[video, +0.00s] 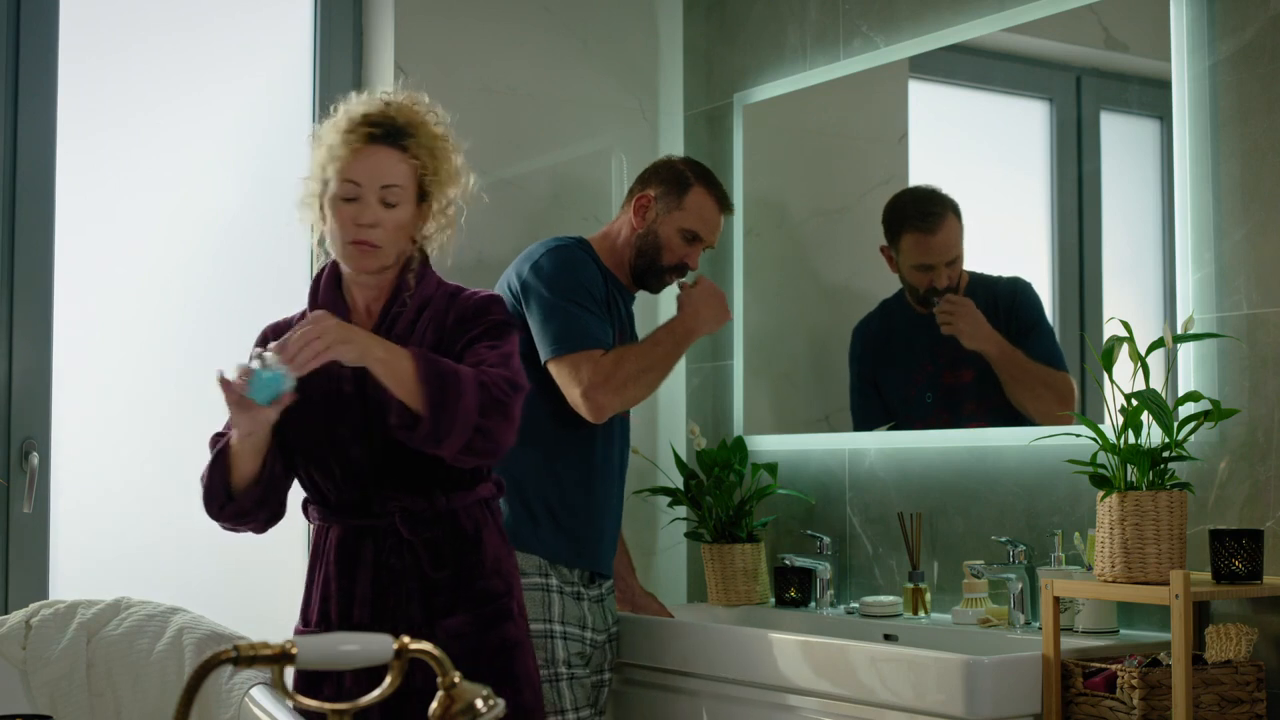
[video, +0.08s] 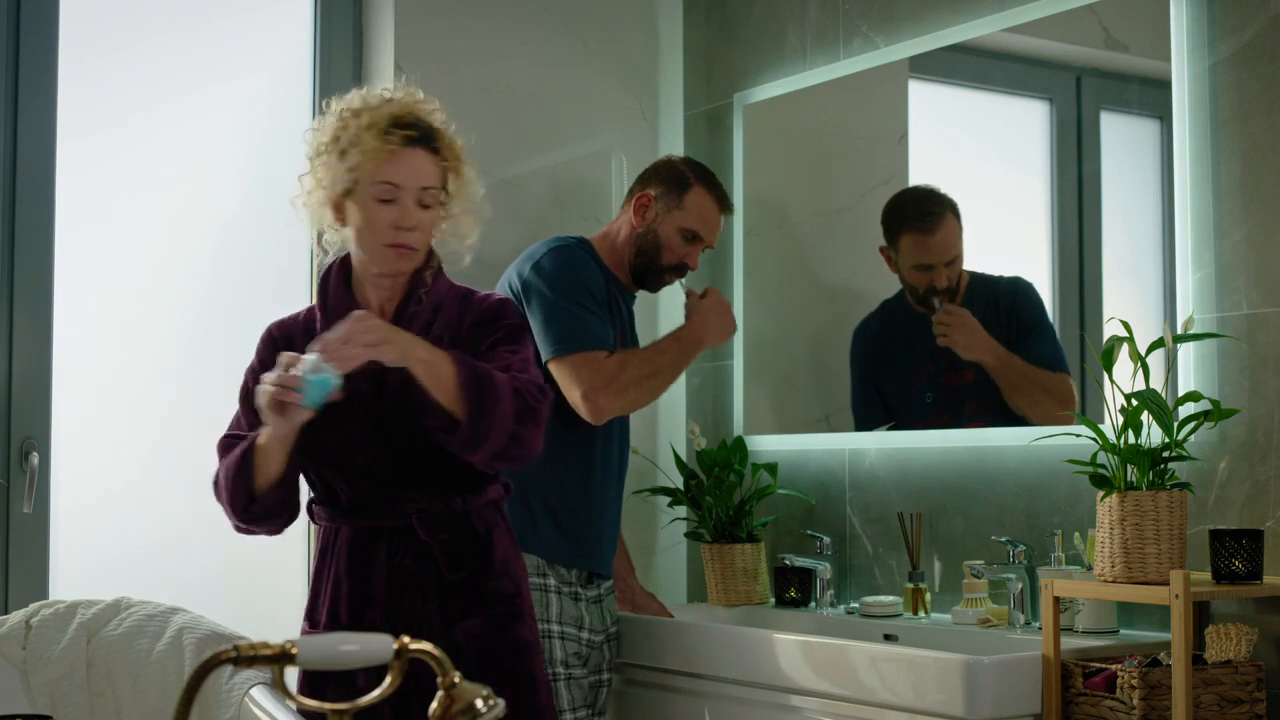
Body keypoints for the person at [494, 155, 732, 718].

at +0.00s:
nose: (693, 263)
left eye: (703, 250)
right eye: (689, 239)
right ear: (641, 209)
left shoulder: (616, 305)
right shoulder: (558, 266)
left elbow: (588, 464)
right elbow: (594, 392)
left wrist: (625, 583)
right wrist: (686, 325)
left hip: (585, 576)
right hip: (533, 568)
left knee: (586, 708)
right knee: (555, 710)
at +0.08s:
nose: (693, 262)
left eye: (703, 250)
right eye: (688, 238)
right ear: (641, 208)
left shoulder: (617, 306)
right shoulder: (560, 266)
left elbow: (590, 465)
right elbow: (595, 394)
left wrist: (625, 583)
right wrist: (695, 336)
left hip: (585, 577)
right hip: (532, 568)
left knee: (585, 707)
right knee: (552, 710)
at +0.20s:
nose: (695, 267)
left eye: (706, 255)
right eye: (692, 243)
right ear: (647, 210)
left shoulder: (616, 302)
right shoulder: (562, 269)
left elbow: (593, 464)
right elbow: (585, 399)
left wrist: (625, 583)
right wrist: (687, 331)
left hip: (583, 580)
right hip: (536, 573)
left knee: (587, 706)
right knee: (552, 707)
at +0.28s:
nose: (698, 267)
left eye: (708, 254)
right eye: (694, 243)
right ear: (648, 211)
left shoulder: (619, 302)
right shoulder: (564, 268)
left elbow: (594, 455)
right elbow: (600, 389)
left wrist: (623, 581)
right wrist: (696, 340)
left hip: (586, 583)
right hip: (538, 576)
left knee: (589, 706)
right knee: (547, 707)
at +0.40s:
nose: (700, 271)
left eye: (710, 257)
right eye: (698, 247)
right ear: (654, 216)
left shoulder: (618, 300)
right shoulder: (577, 280)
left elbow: (594, 457)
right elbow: (586, 404)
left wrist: (626, 586)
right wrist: (687, 335)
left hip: (585, 581)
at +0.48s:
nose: (701, 272)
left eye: (711, 258)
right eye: (699, 248)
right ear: (654, 216)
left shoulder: (621, 299)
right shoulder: (589, 291)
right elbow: (599, 388)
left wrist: (624, 586)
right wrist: (696, 345)